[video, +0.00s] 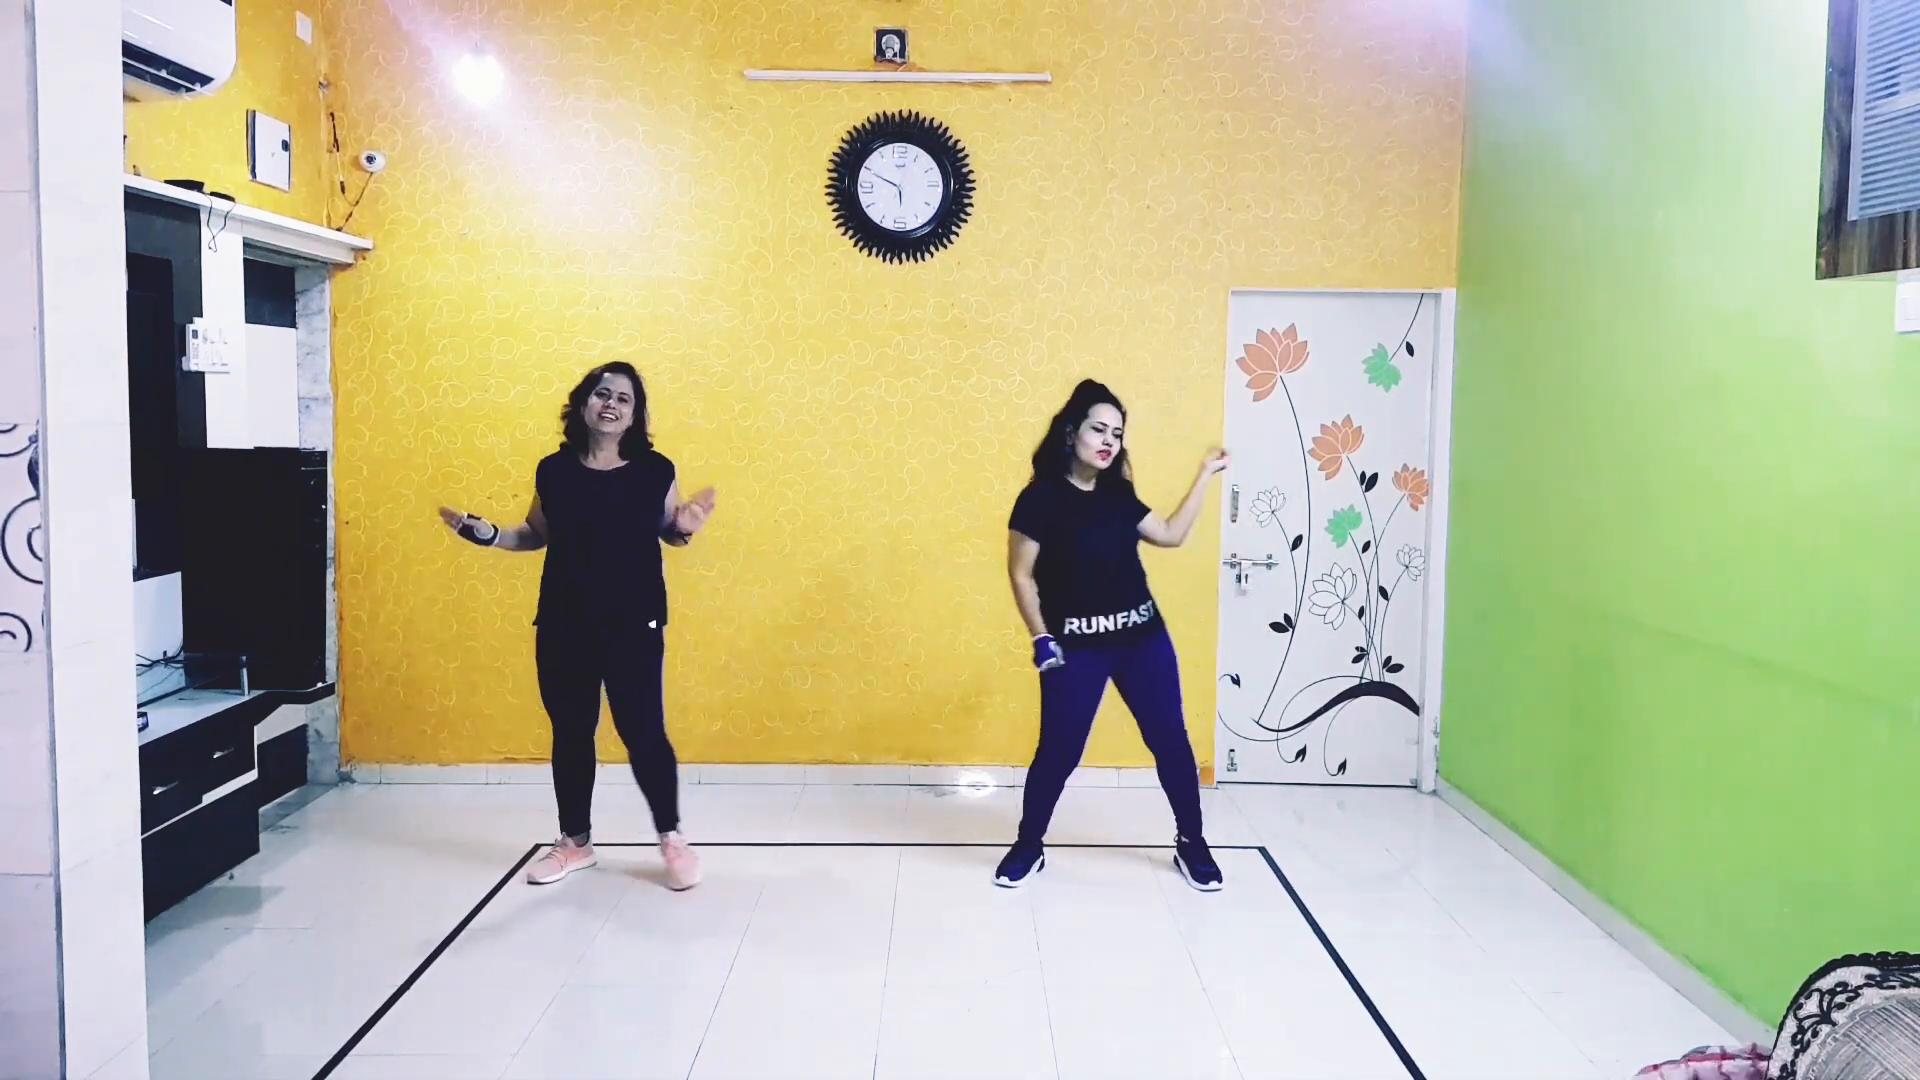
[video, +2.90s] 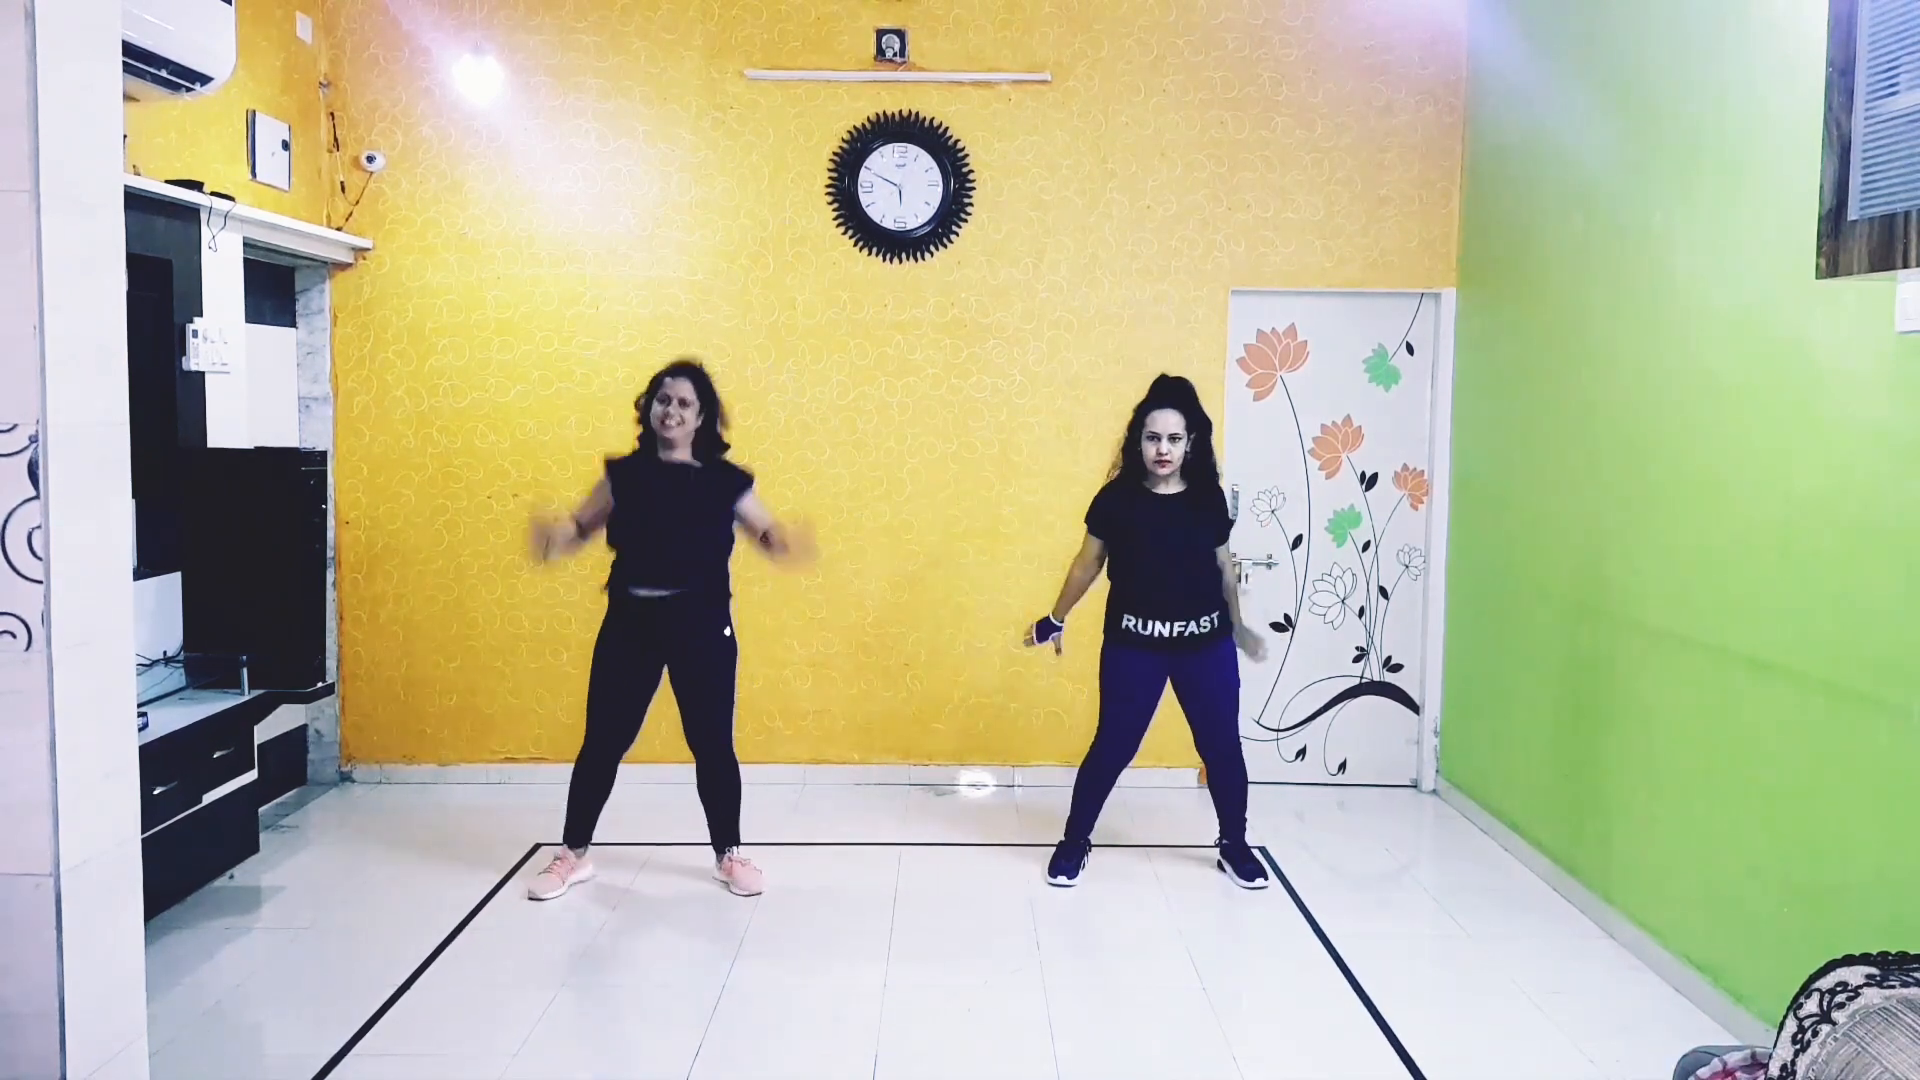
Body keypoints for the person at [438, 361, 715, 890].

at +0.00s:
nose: (610, 404)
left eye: (623, 399)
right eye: (602, 394)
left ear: (636, 413)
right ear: (581, 402)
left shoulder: (655, 471)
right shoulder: (555, 471)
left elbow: (672, 534)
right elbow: (536, 533)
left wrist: (683, 525)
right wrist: (490, 534)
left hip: (633, 625)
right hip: (565, 624)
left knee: (643, 732)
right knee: (570, 734)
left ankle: (670, 838)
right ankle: (574, 843)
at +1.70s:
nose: (646, 415)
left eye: (660, 410)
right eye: (640, 407)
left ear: (681, 423)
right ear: (626, 417)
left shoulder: (705, 481)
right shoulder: (611, 490)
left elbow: (743, 541)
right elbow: (611, 560)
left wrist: (774, 549)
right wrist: (571, 597)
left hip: (720, 623)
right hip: (654, 628)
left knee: (725, 729)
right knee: (610, 730)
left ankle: (739, 845)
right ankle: (601, 849)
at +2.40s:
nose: (655, 420)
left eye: (669, 413)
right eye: (648, 412)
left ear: (691, 428)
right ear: (637, 423)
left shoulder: (715, 489)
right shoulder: (616, 491)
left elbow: (758, 549)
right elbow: (587, 559)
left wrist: (740, 526)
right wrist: (564, 557)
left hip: (696, 640)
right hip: (624, 639)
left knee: (712, 744)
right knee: (607, 746)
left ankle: (731, 847)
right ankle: (604, 848)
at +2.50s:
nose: (663, 408)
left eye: (676, 401)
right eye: (655, 399)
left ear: (697, 413)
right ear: (643, 408)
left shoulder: (721, 464)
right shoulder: (624, 462)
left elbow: (779, 465)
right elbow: (564, 469)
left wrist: (745, 406)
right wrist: (590, 406)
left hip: (701, 623)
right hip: (629, 621)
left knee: (715, 737)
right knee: (614, 734)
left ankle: (732, 845)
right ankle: (603, 845)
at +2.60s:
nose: (668, 384)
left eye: (682, 378)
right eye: (662, 375)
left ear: (702, 388)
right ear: (649, 380)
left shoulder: (718, 424)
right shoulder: (631, 413)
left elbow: (761, 377)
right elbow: (592, 356)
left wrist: (757, 306)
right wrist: (607, 285)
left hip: (701, 586)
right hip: (634, 585)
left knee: (717, 715)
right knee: (612, 711)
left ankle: (737, 835)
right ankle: (590, 830)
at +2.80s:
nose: (675, 387)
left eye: (687, 379)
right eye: (666, 376)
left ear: (706, 388)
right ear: (650, 381)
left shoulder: (724, 432)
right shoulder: (627, 423)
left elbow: (791, 436)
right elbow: (558, 414)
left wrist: (775, 375)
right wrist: (582, 353)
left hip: (703, 589)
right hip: (634, 586)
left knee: (716, 719)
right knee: (605, 713)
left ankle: (738, 842)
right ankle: (569, 834)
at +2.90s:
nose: (672, 410)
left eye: (685, 404)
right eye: (664, 400)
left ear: (703, 416)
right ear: (649, 409)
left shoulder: (726, 480)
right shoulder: (623, 474)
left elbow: (766, 535)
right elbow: (580, 527)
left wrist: (783, 543)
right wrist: (554, 537)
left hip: (702, 627)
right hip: (630, 624)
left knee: (714, 745)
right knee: (603, 740)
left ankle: (729, 854)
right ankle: (571, 853)